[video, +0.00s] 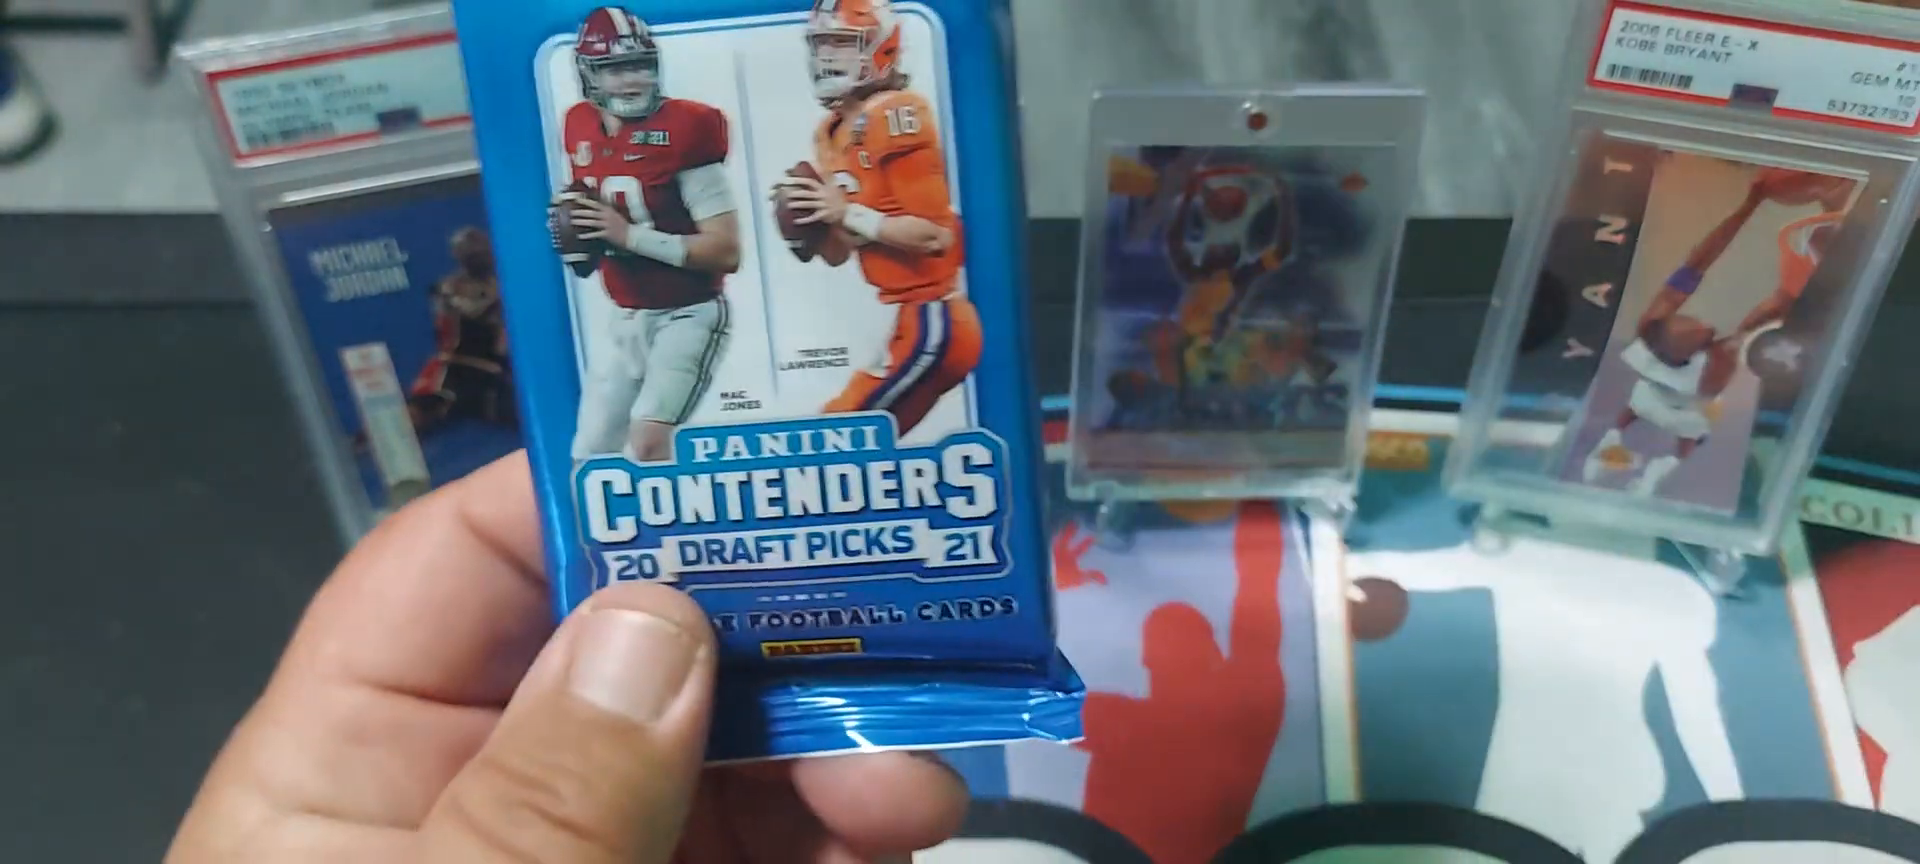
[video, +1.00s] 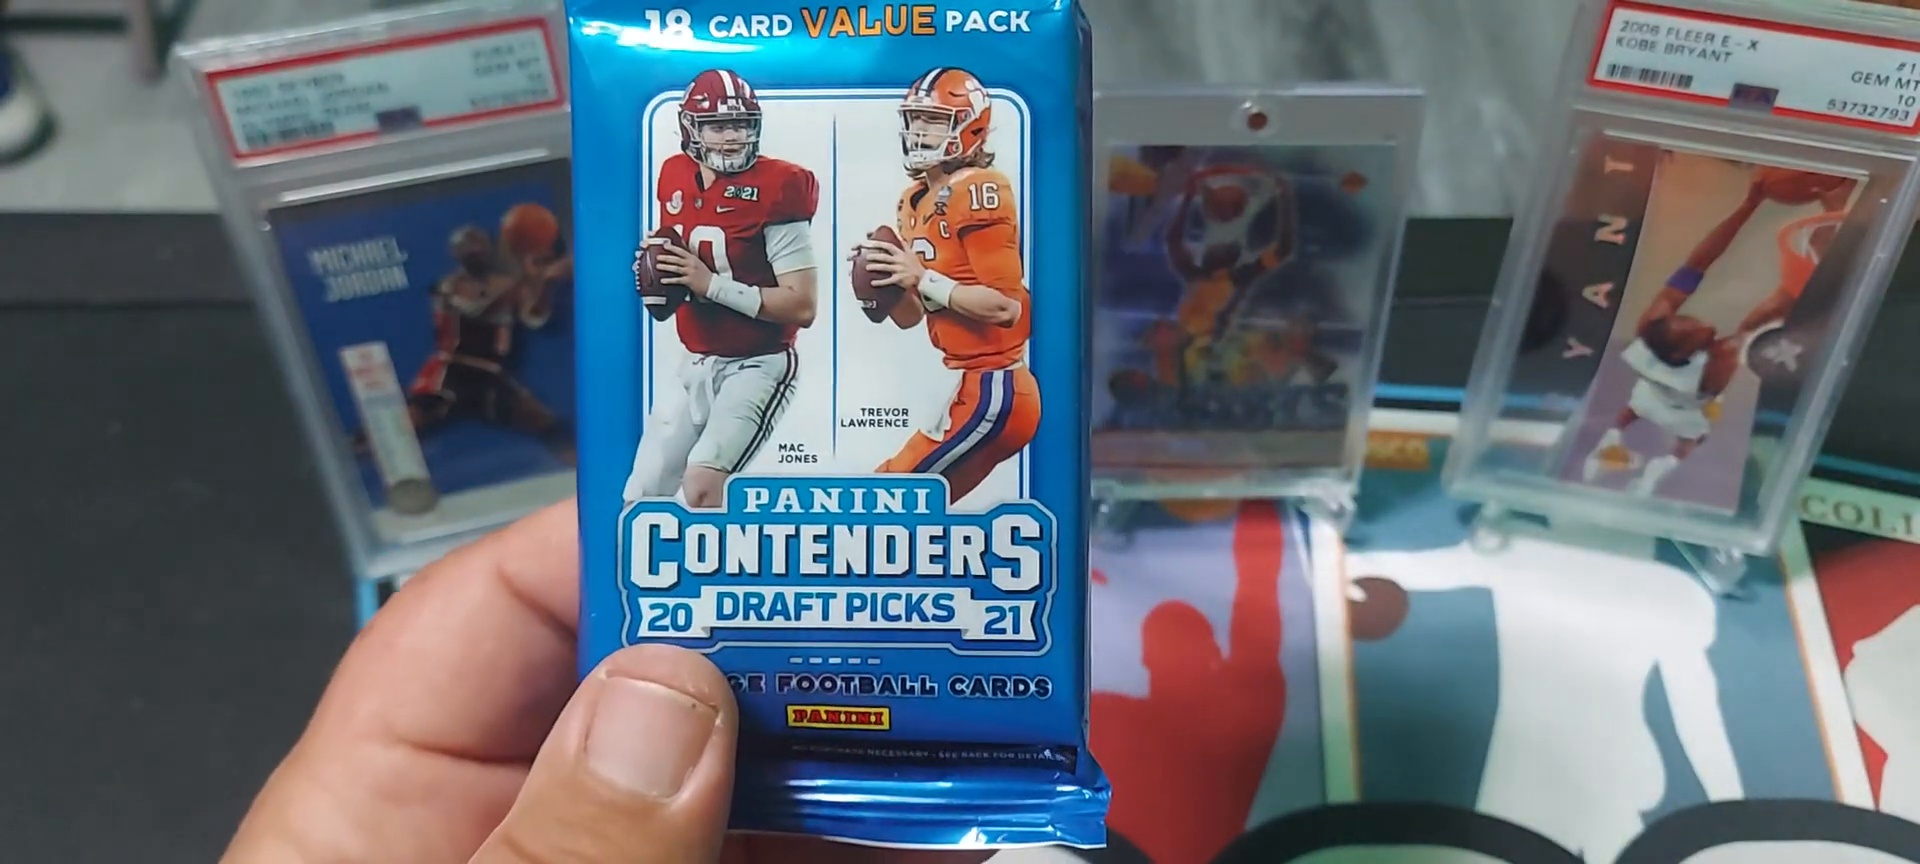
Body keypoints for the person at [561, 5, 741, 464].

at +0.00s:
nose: (631, 79)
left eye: (639, 66)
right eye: (615, 69)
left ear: (654, 67)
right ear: (589, 76)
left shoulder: (689, 128)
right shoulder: (580, 125)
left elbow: (726, 252)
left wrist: (628, 235)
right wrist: (568, 230)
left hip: (692, 314)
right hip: (624, 319)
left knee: (647, 442)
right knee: (590, 455)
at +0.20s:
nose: (703, 112)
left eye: (713, 100)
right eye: (688, 102)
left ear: (728, 101)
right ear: (664, 106)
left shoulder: (753, 162)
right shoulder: (652, 153)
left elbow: (781, 279)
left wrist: (689, 260)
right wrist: (635, 255)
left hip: (746, 342)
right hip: (683, 343)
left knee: (695, 459)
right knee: (637, 474)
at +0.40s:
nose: (776, 148)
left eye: (786, 136)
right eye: (763, 137)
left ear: (799, 138)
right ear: (735, 140)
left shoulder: (823, 198)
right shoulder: (719, 186)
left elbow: (847, 319)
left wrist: (755, 296)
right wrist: (698, 280)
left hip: (805, 377)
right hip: (739, 376)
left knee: (745, 500)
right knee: (687, 505)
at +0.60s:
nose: (764, 154)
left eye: (774, 143)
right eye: (751, 143)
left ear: (787, 145)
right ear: (722, 146)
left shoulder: (811, 205)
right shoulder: (704, 191)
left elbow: (829, 327)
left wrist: (737, 302)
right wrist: (681, 283)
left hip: (785, 384)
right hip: (718, 381)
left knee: (723, 504)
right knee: (663, 509)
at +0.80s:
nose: (744, 143)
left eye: (753, 132)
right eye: (731, 132)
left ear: (767, 135)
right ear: (705, 136)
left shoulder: (793, 194)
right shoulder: (688, 181)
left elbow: (816, 314)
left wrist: (723, 291)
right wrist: (667, 274)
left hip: (774, 371)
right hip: (709, 371)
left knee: (715, 495)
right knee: (653, 503)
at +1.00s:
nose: (732, 136)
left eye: (741, 124)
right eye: (718, 126)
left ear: (754, 127)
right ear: (692, 130)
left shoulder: (780, 186)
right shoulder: (674, 175)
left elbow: (803, 307)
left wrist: (711, 284)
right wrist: (654, 269)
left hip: (761, 364)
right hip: (695, 364)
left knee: (701, 488)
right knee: (641, 495)